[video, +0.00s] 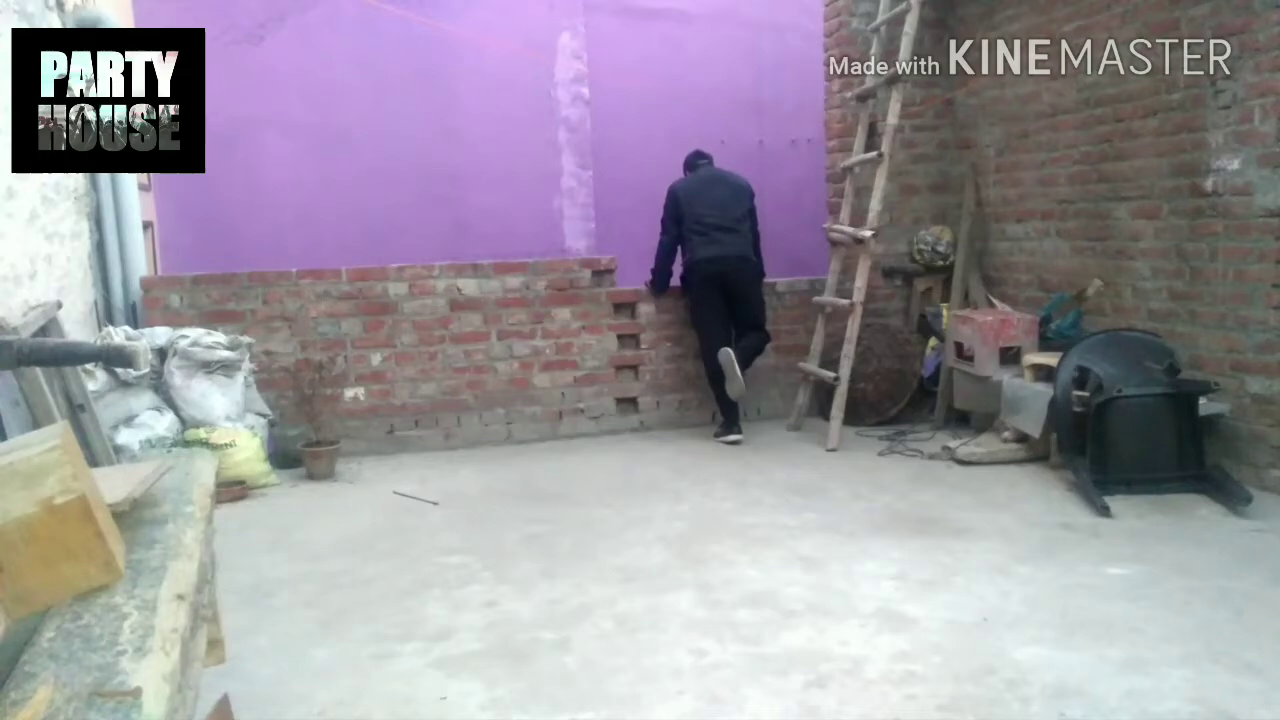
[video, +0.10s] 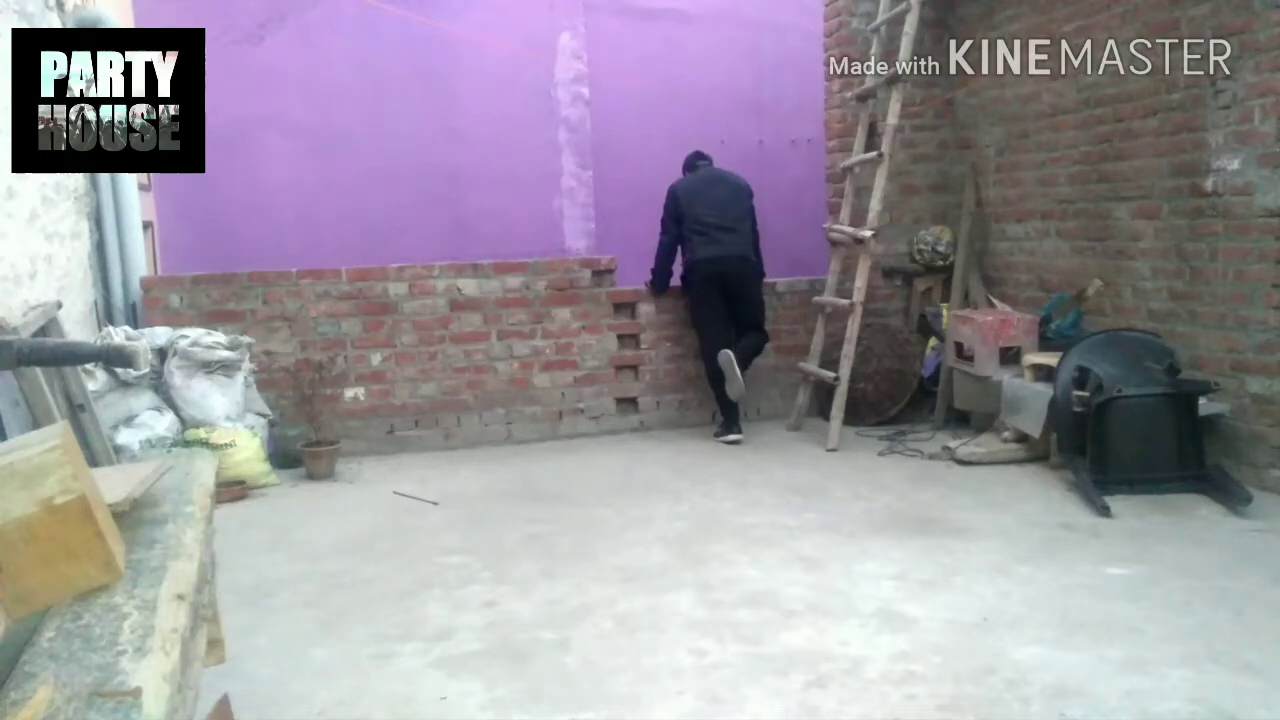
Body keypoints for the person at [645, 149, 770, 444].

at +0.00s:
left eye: (689, 170)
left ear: (687, 170)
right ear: (712, 165)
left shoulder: (679, 189)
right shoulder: (741, 184)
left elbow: (669, 239)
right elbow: (753, 233)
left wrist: (659, 282)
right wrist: (757, 269)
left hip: (702, 273)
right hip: (742, 268)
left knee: (715, 345)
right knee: (755, 331)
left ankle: (730, 423)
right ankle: (737, 359)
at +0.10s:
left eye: (687, 172)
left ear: (686, 171)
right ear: (712, 166)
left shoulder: (679, 189)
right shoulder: (740, 184)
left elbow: (669, 239)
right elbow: (752, 232)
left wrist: (659, 282)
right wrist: (757, 268)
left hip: (702, 273)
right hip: (742, 269)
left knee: (715, 344)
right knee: (755, 330)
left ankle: (730, 423)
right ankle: (737, 360)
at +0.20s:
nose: (684, 179)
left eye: (683, 174)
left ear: (685, 171)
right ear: (710, 166)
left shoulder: (679, 189)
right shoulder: (739, 185)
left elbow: (669, 240)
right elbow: (750, 232)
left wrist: (659, 283)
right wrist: (757, 267)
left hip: (703, 273)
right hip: (743, 268)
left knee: (715, 344)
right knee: (754, 331)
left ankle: (731, 423)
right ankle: (735, 358)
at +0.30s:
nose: (682, 181)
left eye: (681, 176)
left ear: (684, 172)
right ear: (709, 166)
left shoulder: (678, 189)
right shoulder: (738, 185)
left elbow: (668, 240)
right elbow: (750, 232)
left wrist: (659, 283)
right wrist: (756, 267)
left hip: (703, 272)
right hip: (743, 268)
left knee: (715, 343)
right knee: (754, 331)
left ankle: (731, 423)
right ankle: (733, 357)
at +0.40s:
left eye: (680, 175)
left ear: (683, 172)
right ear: (708, 167)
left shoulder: (677, 189)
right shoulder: (736, 184)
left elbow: (667, 239)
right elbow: (749, 231)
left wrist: (659, 283)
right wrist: (755, 267)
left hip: (702, 271)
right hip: (742, 268)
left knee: (715, 343)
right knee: (753, 331)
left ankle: (731, 423)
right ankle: (730, 358)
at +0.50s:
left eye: (680, 176)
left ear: (682, 172)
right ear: (707, 167)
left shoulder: (676, 189)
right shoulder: (735, 184)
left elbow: (667, 239)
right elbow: (749, 231)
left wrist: (659, 283)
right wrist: (756, 267)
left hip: (701, 272)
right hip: (742, 268)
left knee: (714, 344)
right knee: (753, 331)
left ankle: (730, 423)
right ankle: (729, 360)